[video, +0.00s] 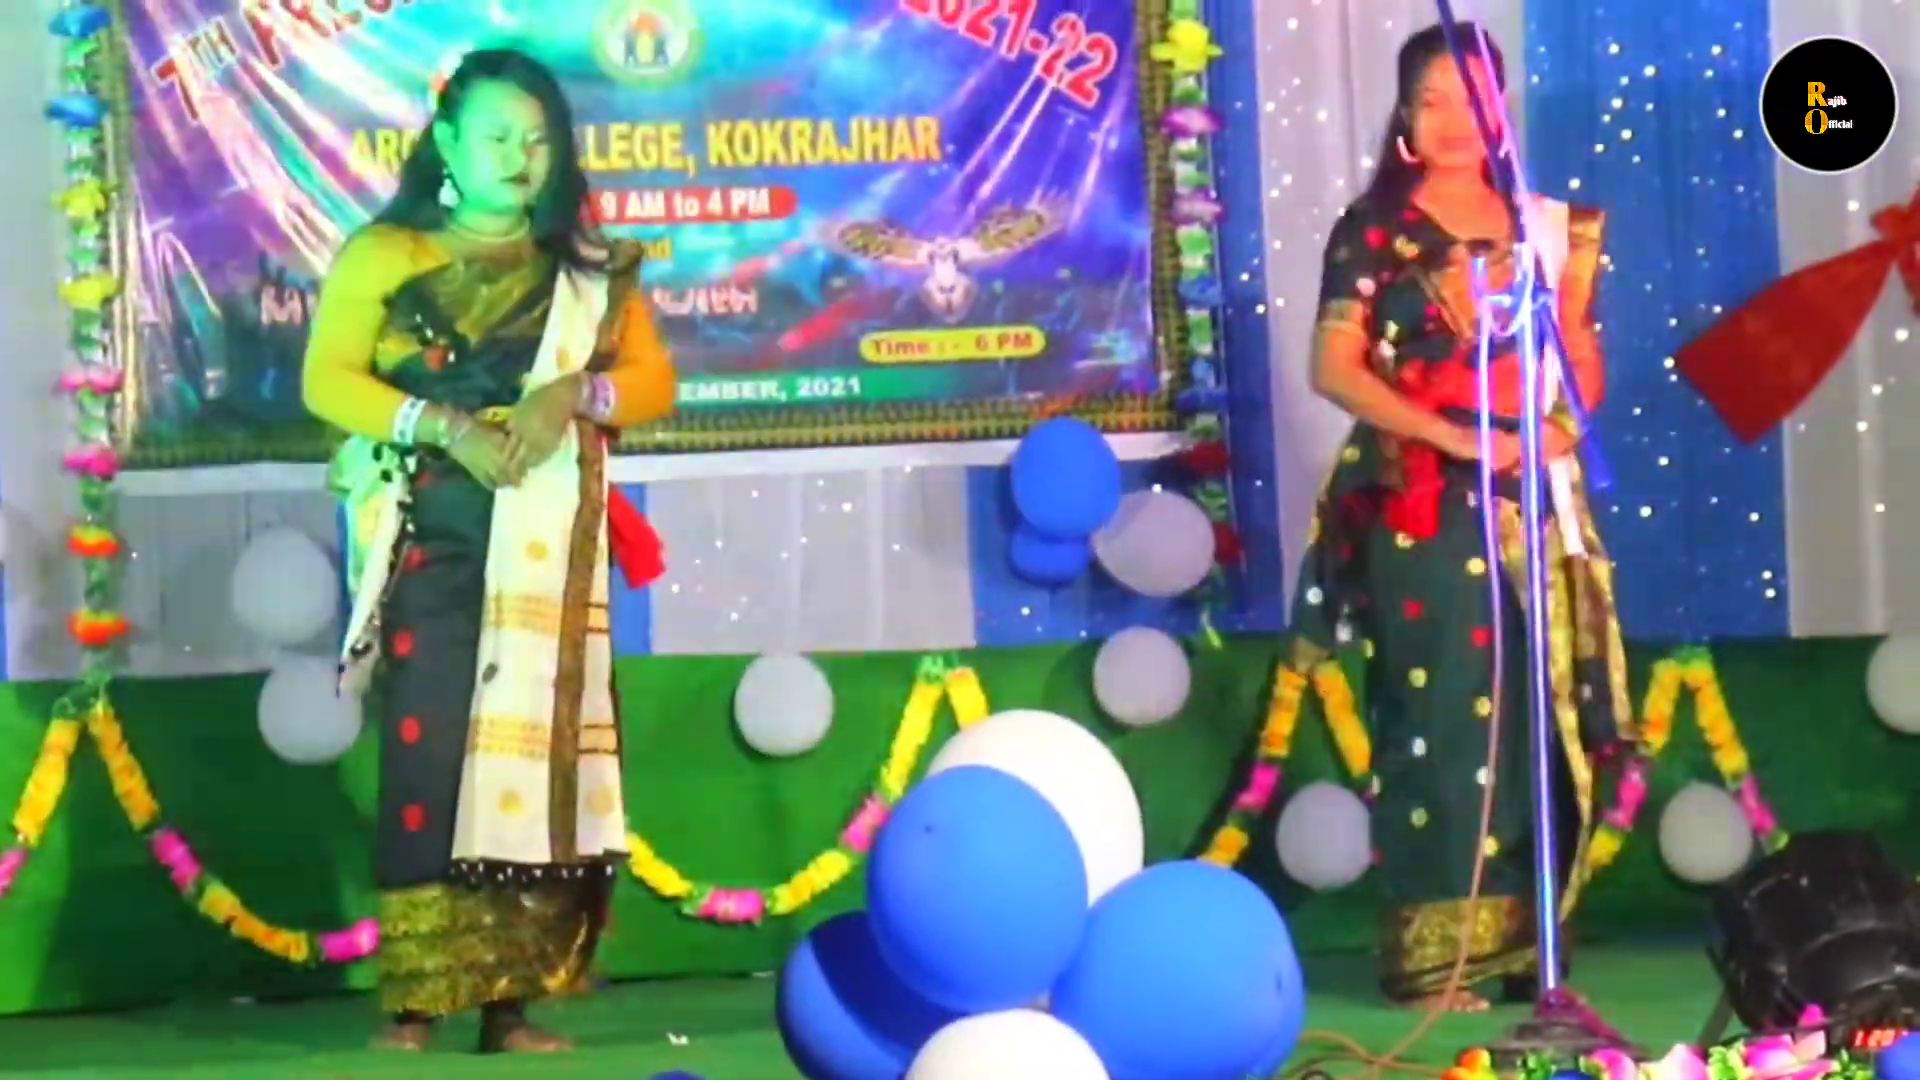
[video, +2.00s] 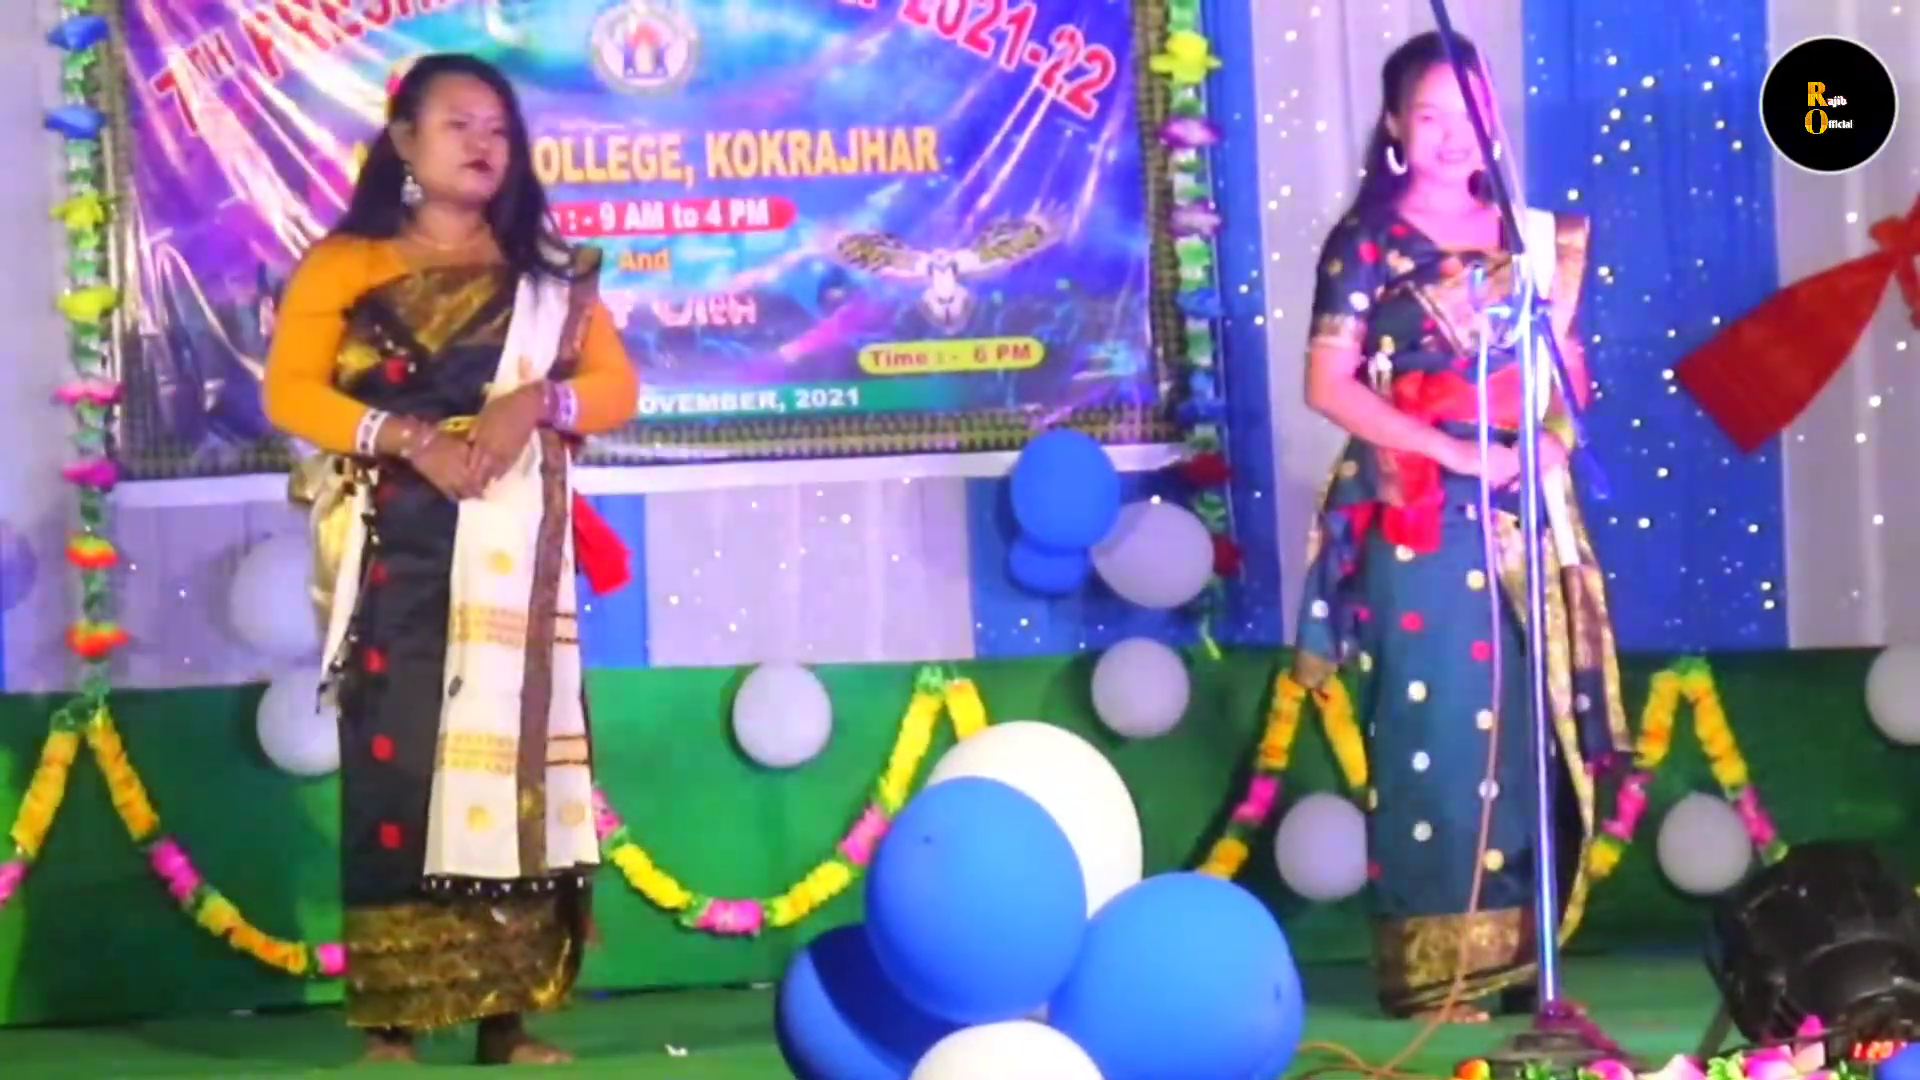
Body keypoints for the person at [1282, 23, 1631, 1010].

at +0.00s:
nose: (1443, 122)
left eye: (1461, 105)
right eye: (1426, 105)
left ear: (1494, 113)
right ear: (1404, 117)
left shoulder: (1548, 227)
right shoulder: (1372, 230)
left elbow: (1584, 389)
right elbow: (1334, 369)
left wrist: (1571, 304)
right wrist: (1456, 436)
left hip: (1535, 504)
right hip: (1424, 507)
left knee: (1541, 716)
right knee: (1440, 718)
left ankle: (1530, 951)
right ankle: (1434, 956)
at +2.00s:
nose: (1452, 134)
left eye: (1467, 116)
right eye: (1432, 116)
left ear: (1490, 124)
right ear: (1398, 126)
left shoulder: (1525, 234)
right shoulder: (1366, 242)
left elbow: (1560, 391)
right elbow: (1328, 385)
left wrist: (1561, 308)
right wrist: (1457, 451)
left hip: (1529, 515)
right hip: (1426, 520)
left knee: (1538, 729)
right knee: (1440, 730)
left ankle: (1530, 967)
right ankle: (1438, 968)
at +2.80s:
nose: (1466, 131)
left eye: (1481, 111)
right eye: (1446, 112)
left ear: (1504, 119)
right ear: (1413, 125)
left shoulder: (1520, 234)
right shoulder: (1401, 235)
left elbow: (1548, 372)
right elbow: (1367, 385)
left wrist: (1550, 434)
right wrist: (1478, 459)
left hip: (1516, 512)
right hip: (1432, 515)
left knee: (1520, 727)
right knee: (1438, 729)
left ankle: (1512, 955)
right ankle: (1428, 963)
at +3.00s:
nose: (1503, 139)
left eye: (1510, 119)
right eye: (1478, 125)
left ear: (1530, 129)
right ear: (1441, 145)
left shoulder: (1525, 248)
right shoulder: (1448, 244)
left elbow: (1536, 390)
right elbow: (1441, 391)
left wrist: (1609, 446)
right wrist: (1549, 435)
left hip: (1513, 529)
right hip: (1460, 531)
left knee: (1563, 727)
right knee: (1554, 727)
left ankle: (1451, 907)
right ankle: (1477, 929)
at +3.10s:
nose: (1524, 113)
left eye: (1529, 93)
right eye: (1502, 101)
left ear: (1541, 99)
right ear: (1459, 122)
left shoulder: (1535, 210)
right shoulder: (1457, 207)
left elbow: (1626, 332)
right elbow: (1491, 330)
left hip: (1544, 505)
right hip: (1480, 508)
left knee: (1536, 712)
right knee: (1571, 699)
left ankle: (1496, 944)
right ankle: (1487, 930)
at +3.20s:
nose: (1539, 129)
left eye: (1543, 109)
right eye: (1516, 114)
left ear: (1551, 113)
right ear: (1469, 130)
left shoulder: (1522, 226)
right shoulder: (1462, 228)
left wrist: (1596, 296)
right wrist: (1593, 306)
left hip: (1549, 531)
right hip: (1495, 542)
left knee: (1567, 739)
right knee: (1564, 740)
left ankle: (1513, 959)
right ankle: (1502, 964)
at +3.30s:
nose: (1570, 156)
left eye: (1570, 137)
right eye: (1548, 142)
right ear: (1501, 155)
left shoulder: (1453, 255)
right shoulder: (1541, 240)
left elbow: (1423, 419)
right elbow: (1592, 348)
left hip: (1453, 563)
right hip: (1505, 564)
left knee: (1579, 739)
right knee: (1616, 752)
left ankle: (1500, 943)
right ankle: (1531, 983)